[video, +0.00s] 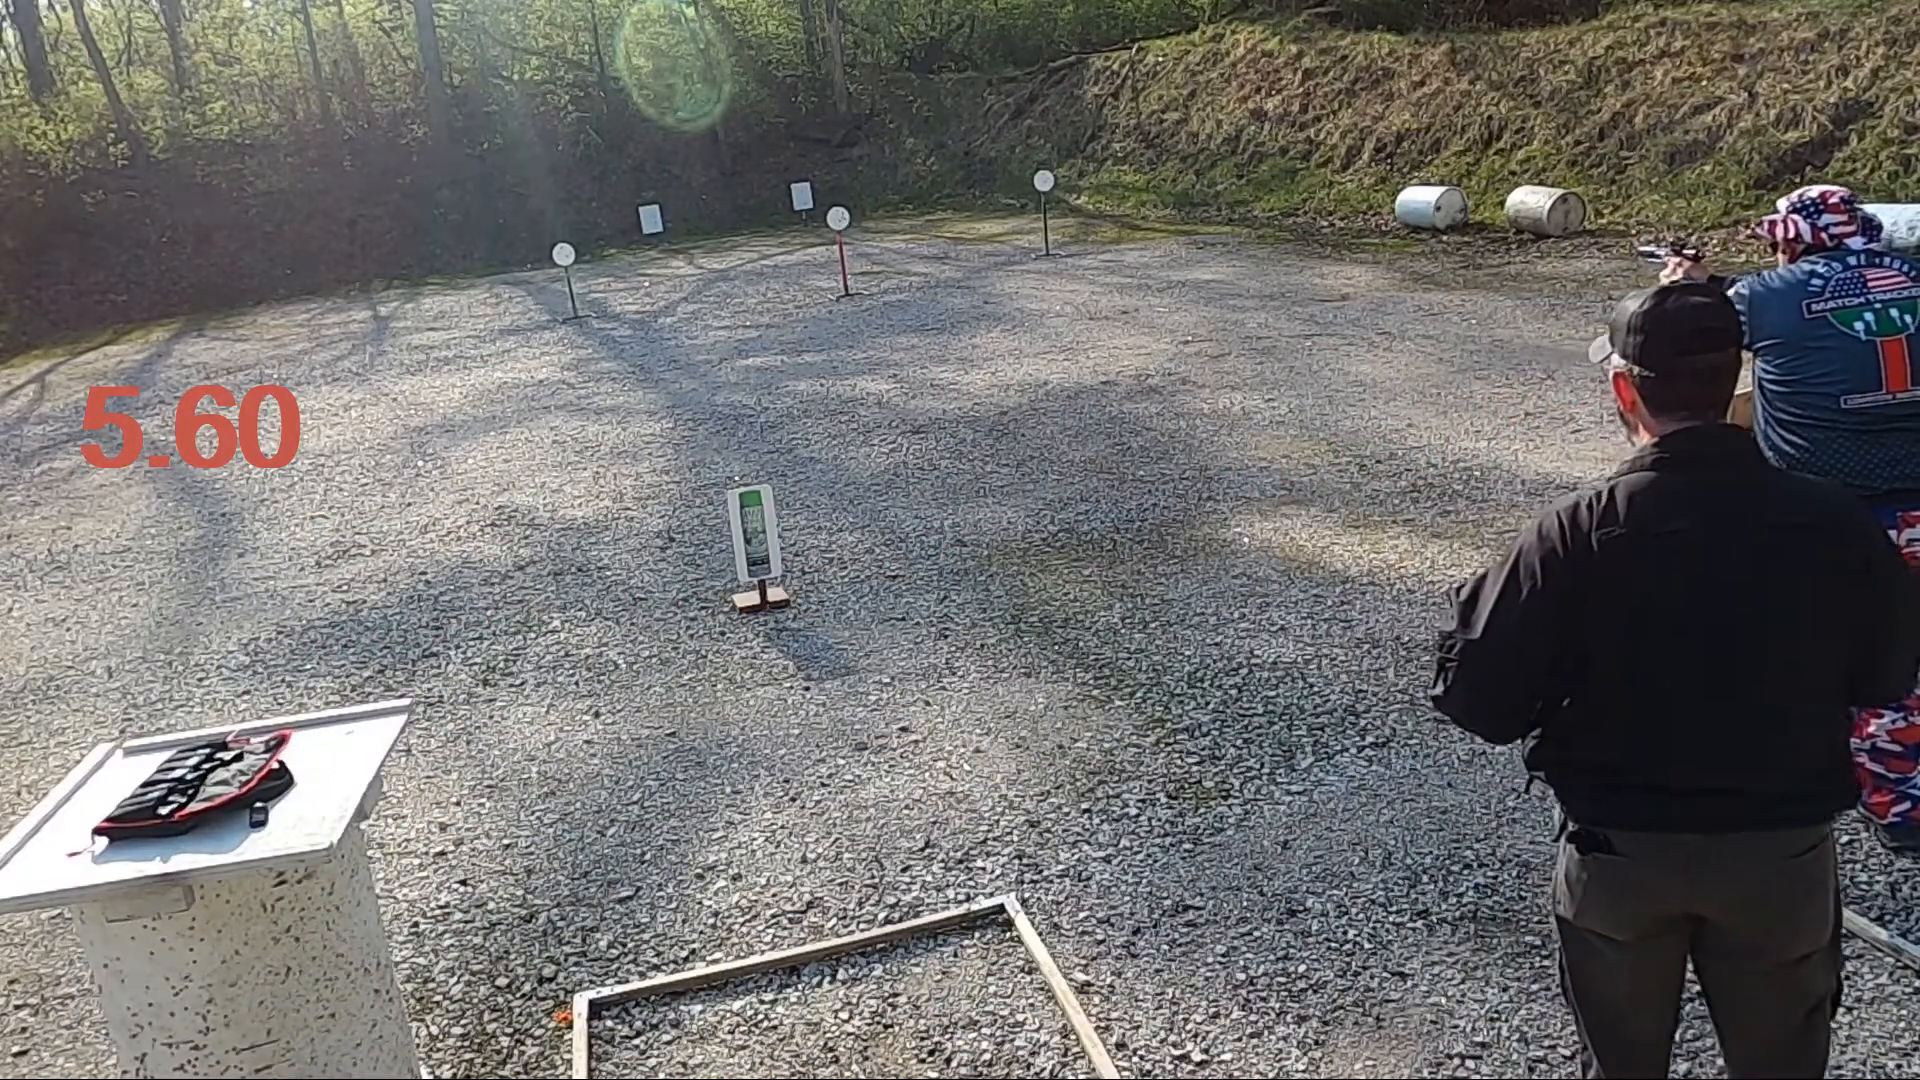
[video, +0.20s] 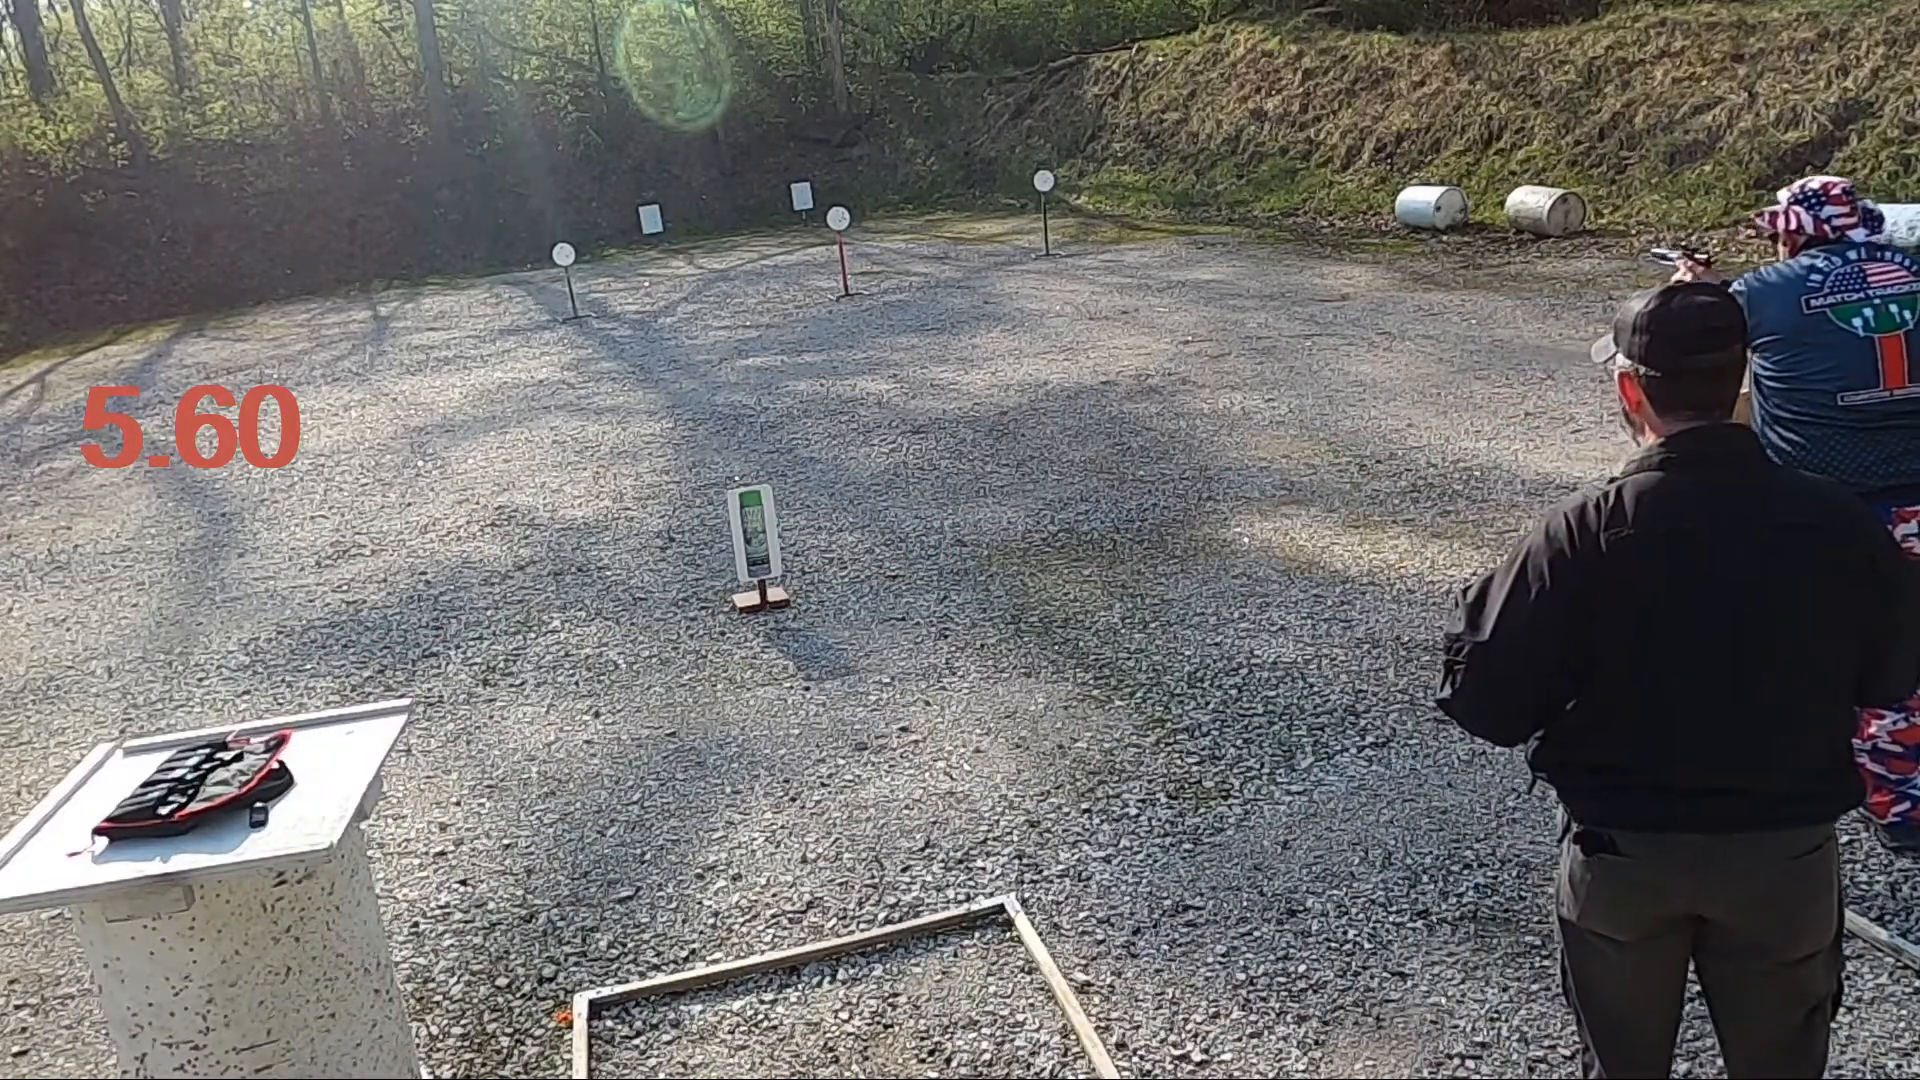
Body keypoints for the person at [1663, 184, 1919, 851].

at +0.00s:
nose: (1778, 252)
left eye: (1781, 242)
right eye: (1777, 243)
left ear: (1799, 242)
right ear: (1860, 230)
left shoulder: (1775, 293)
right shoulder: (1908, 279)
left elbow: (1687, 318)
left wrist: (1678, 281)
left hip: (1829, 518)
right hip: (1910, 503)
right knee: (1901, 665)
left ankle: (1899, 806)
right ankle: (1900, 801)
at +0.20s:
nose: (1775, 245)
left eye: (1780, 236)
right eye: (1776, 237)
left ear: (1795, 235)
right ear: (1861, 222)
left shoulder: (1768, 288)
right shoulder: (1905, 272)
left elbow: (1696, 330)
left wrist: (1690, 285)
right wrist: (1715, 288)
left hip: (1825, 505)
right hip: (1909, 493)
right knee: (1901, 656)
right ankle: (1898, 798)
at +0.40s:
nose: (1779, 229)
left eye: (1784, 219)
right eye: (1781, 219)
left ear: (1800, 221)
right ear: (1865, 210)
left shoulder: (1764, 286)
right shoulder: (1908, 256)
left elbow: (1715, 351)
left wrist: (1712, 296)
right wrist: (1740, 297)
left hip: (1823, 503)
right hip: (1911, 490)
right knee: (1898, 651)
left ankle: (1899, 806)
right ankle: (1900, 802)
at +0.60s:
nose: (1785, 221)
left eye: (1790, 211)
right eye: (1787, 209)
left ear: (1808, 211)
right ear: (1867, 201)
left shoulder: (1772, 281)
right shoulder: (1911, 254)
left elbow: (1742, 371)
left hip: (1818, 503)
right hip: (1909, 491)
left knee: (1851, 650)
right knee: (1902, 648)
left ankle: (1899, 803)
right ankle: (1898, 799)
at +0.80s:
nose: (1760, 229)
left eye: (1764, 218)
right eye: (1759, 218)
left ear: (1783, 219)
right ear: (1846, 205)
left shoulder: (1750, 295)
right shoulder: (1903, 255)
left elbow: (1716, 394)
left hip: (1816, 507)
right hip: (1909, 492)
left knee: (1862, 653)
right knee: (1898, 646)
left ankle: (1901, 807)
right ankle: (1900, 801)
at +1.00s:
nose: (1706, 250)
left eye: (1707, 237)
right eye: (1703, 237)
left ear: (1732, 237)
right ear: (1788, 220)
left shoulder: (1715, 314)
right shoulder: (1859, 270)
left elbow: (1686, 411)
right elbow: (1862, 368)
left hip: (1781, 524)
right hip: (1878, 508)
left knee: (1783, 662)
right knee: (1887, 657)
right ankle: (1900, 807)